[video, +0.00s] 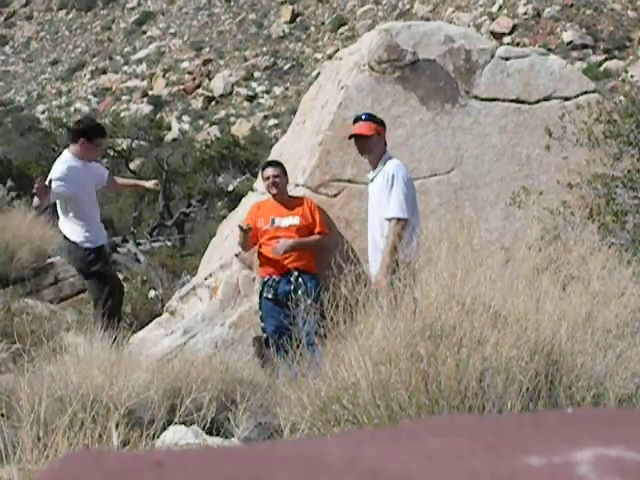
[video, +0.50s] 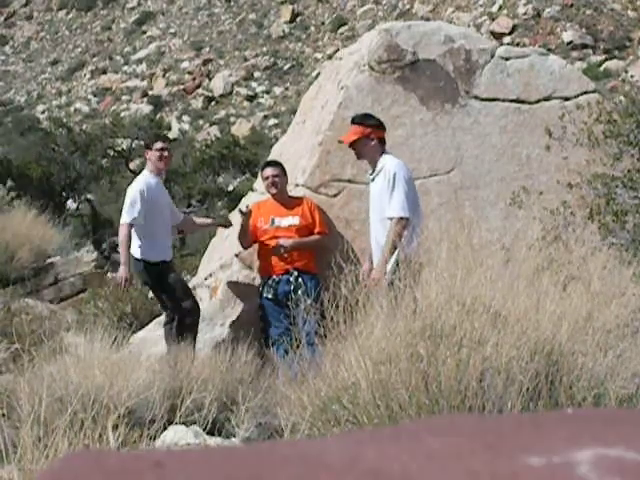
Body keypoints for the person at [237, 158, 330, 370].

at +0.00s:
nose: (272, 181)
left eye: (277, 176)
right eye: (267, 178)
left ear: (286, 179)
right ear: (263, 183)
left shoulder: (306, 205)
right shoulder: (258, 209)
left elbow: (325, 237)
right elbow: (247, 247)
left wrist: (293, 244)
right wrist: (244, 235)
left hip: (304, 276)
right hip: (272, 278)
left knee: (310, 332)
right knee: (276, 335)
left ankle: (317, 378)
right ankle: (288, 380)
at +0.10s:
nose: (272, 181)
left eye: (277, 176)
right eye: (267, 178)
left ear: (286, 179)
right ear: (263, 183)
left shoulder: (306, 205)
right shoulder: (258, 209)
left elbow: (325, 237)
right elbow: (246, 246)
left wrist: (293, 244)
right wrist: (245, 229)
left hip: (303, 278)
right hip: (272, 280)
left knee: (309, 332)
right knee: (276, 335)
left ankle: (316, 377)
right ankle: (288, 379)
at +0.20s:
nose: (272, 181)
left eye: (277, 176)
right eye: (267, 178)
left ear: (286, 178)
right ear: (263, 183)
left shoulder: (306, 205)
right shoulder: (258, 209)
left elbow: (324, 237)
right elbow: (246, 245)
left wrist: (293, 244)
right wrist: (245, 224)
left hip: (303, 277)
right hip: (272, 280)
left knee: (310, 333)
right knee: (278, 337)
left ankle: (315, 379)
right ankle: (288, 381)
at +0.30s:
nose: (272, 181)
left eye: (276, 176)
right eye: (267, 178)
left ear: (286, 178)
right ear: (263, 183)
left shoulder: (306, 205)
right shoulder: (258, 209)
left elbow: (324, 236)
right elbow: (245, 244)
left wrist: (294, 244)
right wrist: (244, 221)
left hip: (304, 276)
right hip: (272, 278)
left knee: (309, 333)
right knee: (278, 337)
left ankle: (315, 380)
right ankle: (288, 383)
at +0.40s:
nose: (272, 181)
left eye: (276, 176)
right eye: (267, 178)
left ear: (286, 178)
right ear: (263, 183)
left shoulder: (306, 205)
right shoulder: (258, 209)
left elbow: (324, 237)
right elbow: (246, 243)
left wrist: (293, 243)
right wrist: (245, 221)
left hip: (303, 277)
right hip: (272, 280)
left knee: (309, 334)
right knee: (279, 337)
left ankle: (315, 381)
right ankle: (289, 384)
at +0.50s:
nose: (272, 181)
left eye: (276, 176)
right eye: (267, 178)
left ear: (285, 178)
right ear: (263, 183)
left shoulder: (306, 205)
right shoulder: (258, 210)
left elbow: (324, 236)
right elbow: (246, 243)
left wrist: (294, 243)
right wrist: (245, 221)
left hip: (303, 276)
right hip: (272, 279)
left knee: (309, 332)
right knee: (279, 336)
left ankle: (315, 379)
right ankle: (288, 382)